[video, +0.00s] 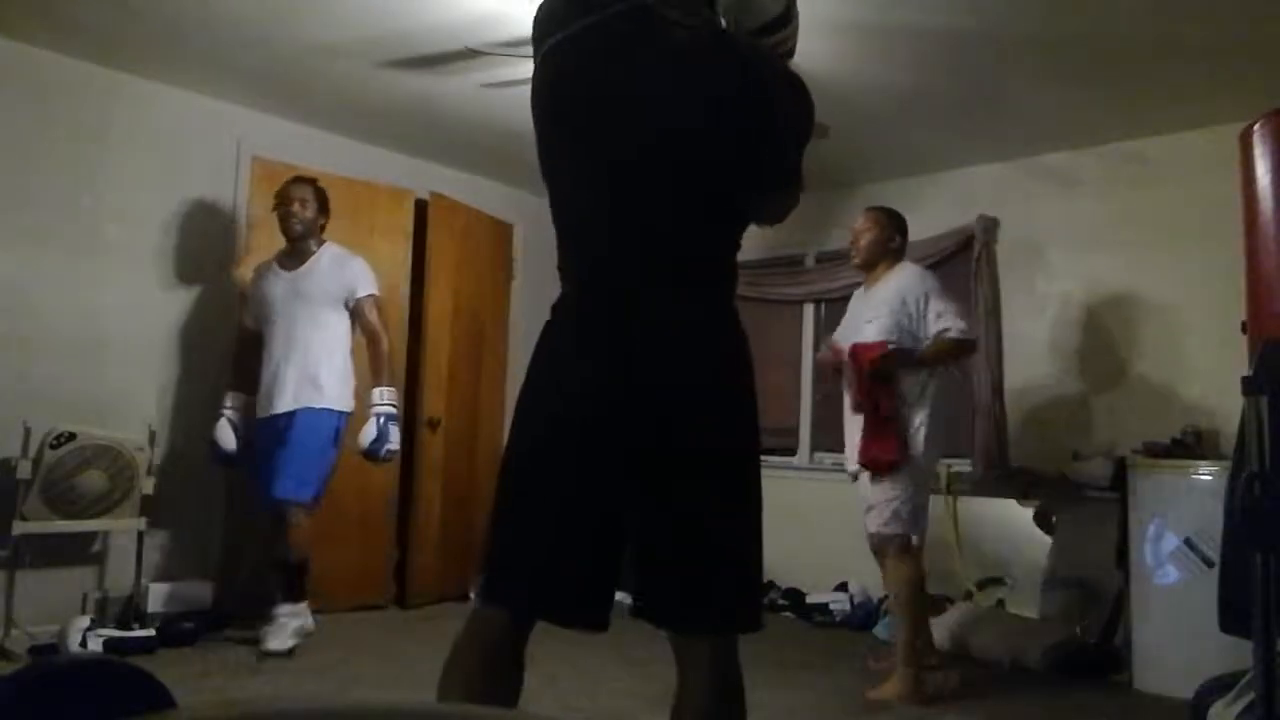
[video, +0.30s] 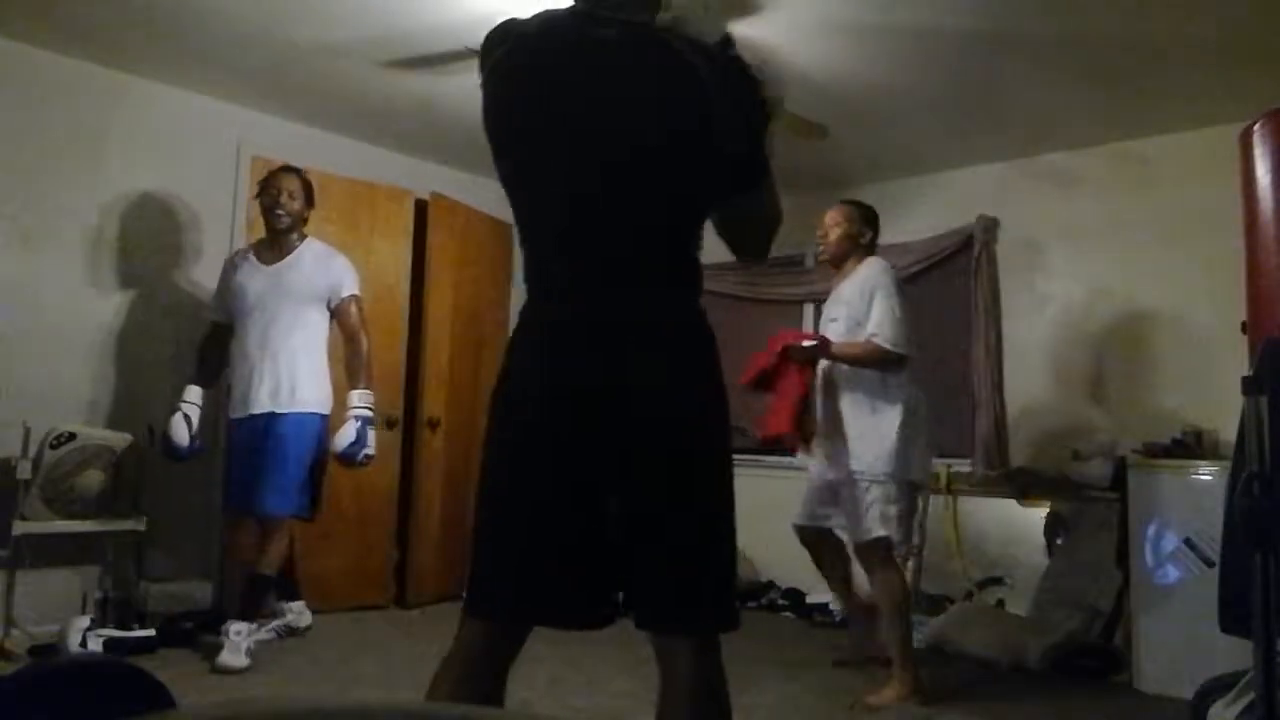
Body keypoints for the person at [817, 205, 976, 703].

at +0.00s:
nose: (851, 242)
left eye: (861, 232)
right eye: (852, 234)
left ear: (892, 238)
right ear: (867, 243)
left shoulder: (915, 280)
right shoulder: (861, 295)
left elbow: (960, 338)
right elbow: (849, 352)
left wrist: (901, 360)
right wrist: (833, 361)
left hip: (905, 441)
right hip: (870, 442)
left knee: (895, 544)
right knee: (884, 542)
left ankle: (906, 672)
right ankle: (917, 650)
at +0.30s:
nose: (820, 237)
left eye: (830, 229)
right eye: (821, 229)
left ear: (861, 236)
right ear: (848, 238)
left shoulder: (878, 274)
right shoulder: (842, 286)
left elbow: (890, 349)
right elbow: (843, 364)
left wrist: (824, 350)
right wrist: (798, 361)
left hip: (881, 447)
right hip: (842, 445)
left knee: (875, 550)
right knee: (812, 526)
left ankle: (903, 677)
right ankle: (860, 617)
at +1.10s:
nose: (771, 232)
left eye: (781, 224)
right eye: (770, 225)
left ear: (810, 233)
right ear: (771, 235)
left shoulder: (830, 278)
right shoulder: (769, 293)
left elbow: (846, 355)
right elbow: (768, 361)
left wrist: (772, 357)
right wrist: (739, 366)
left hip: (813, 442)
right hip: (769, 441)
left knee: (807, 546)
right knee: (760, 545)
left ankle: (835, 674)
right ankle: (787, 639)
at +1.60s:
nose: (717, 225)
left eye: (727, 214)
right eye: (717, 214)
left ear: (749, 217)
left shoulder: (783, 274)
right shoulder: (718, 286)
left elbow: (819, 347)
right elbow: (704, 358)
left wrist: (775, 373)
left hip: (774, 432)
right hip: (718, 433)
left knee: (787, 544)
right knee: (716, 544)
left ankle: (826, 672)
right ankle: (720, 645)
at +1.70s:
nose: (706, 230)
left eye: (713, 220)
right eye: (703, 221)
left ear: (729, 226)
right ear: (701, 232)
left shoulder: (775, 278)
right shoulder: (692, 286)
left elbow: (802, 350)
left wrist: (765, 389)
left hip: (756, 438)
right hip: (704, 439)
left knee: (778, 544)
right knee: (714, 549)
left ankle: (818, 662)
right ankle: (713, 646)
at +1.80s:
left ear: (734, 219)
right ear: (716, 221)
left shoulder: (767, 274)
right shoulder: (692, 277)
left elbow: (801, 345)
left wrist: (775, 388)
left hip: (753, 424)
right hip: (704, 424)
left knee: (760, 531)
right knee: (705, 541)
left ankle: (801, 653)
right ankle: (705, 654)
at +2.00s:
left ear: (732, 230)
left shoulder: (759, 273)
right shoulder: (674, 280)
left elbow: (791, 347)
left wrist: (782, 403)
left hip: (745, 426)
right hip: (686, 424)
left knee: (749, 540)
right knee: (695, 538)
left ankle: (781, 646)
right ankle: (701, 653)